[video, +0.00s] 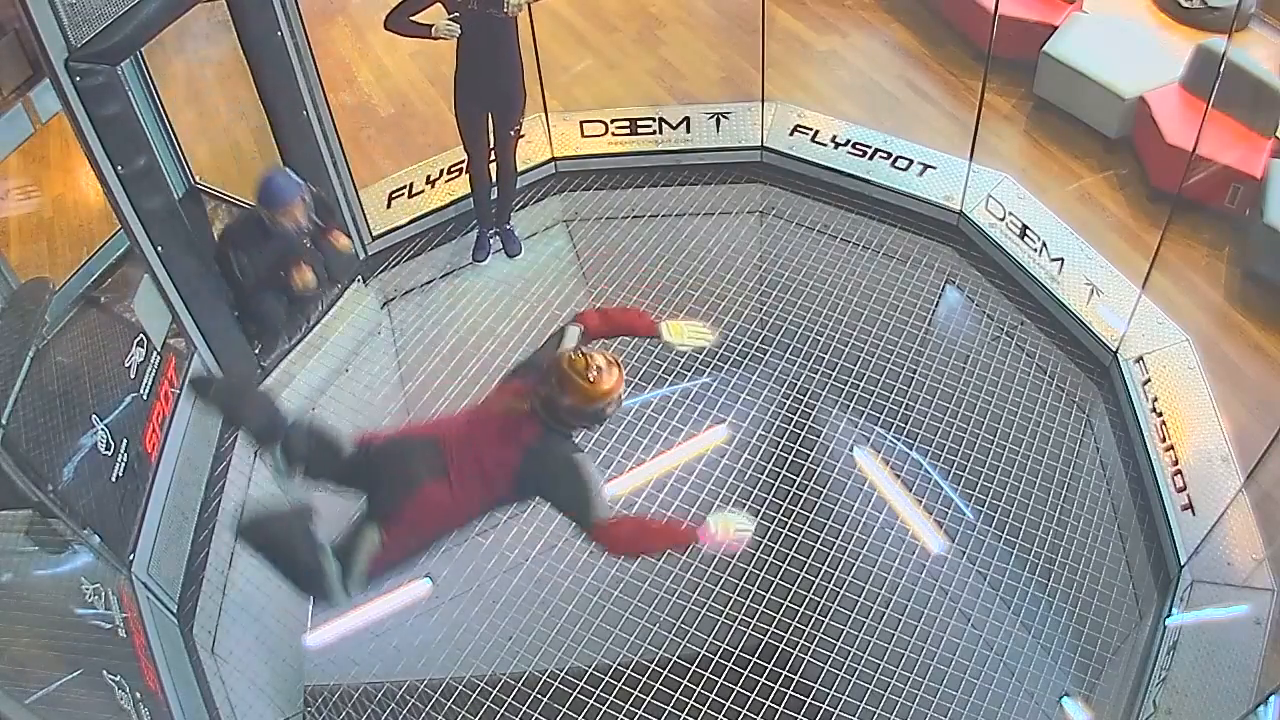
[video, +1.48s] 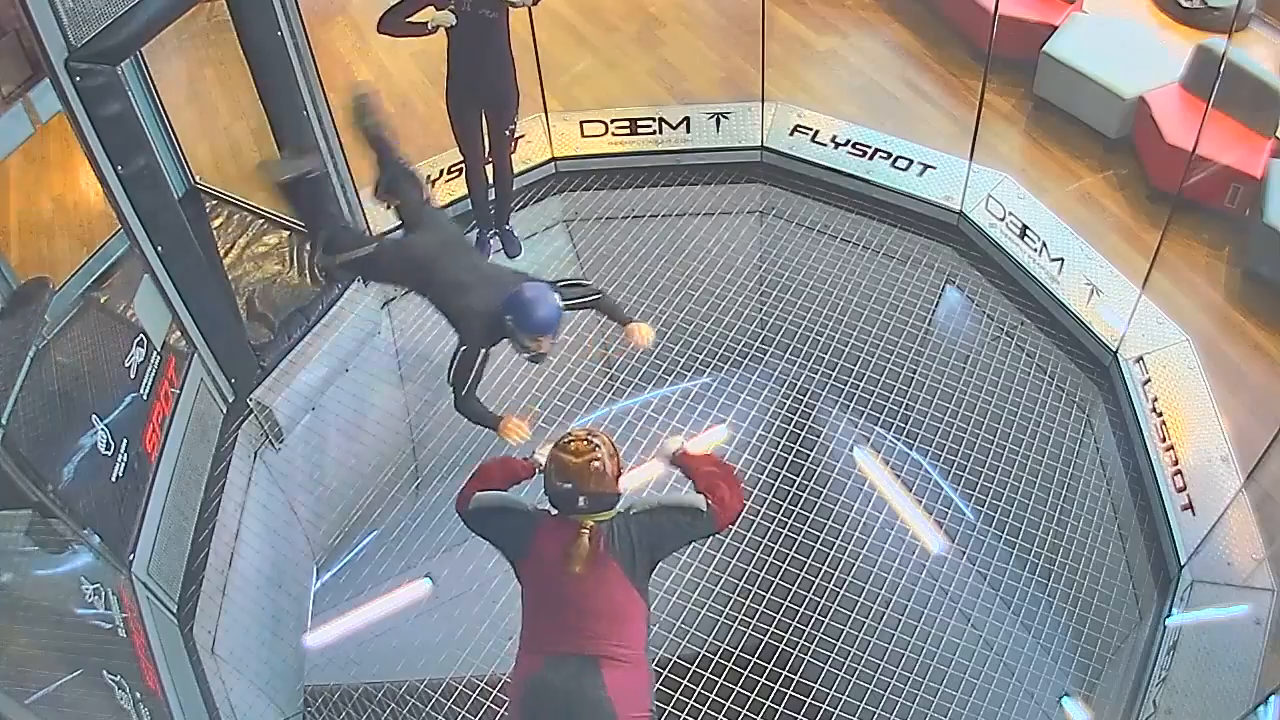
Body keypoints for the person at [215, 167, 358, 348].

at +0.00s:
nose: (298, 218)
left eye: (298, 208)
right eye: (287, 214)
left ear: (303, 197)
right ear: (270, 213)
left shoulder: (309, 197)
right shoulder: (237, 240)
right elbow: (249, 292)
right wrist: (287, 281)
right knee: (271, 310)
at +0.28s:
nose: (382, 308)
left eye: (383, 297)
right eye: (371, 304)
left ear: (384, 282)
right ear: (349, 300)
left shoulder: (374, 264)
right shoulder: (323, 312)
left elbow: (415, 267)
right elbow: (316, 370)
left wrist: (455, 286)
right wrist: (353, 384)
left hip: (297, 245)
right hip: (270, 272)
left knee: (295, 325)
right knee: (269, 344)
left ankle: (259, 265)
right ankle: (235, 284)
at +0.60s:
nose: (455, 380)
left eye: (459, 374)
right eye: (451, 378)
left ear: (458, 344)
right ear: (430, 367)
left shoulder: (444, 325)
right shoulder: (395, 363)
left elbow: (498, 317)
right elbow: (382, 425)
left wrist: (546, 342)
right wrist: (424, 453)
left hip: (351, 283)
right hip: (325, 310)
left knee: (286, 277)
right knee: (263, 313)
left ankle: (228, 266)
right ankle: (221, 284)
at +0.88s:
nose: (489, 376)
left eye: (493, 369)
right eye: (486, 373)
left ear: (477, 327)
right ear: (467, 368)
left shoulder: (473, 317)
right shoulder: (431, 376)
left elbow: (526, 307)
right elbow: (420, 433)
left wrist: (563, 335)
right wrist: (468, 461)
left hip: (375, 282)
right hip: (350, 324)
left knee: (306, 259)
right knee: (274, 319)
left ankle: (254, 250)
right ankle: (229, 292)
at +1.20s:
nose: (514, 349)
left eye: (517, 342)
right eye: (507, 346)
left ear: (518, 316)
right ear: (485, 341)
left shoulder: (504, 297)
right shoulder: (453, 353)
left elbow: (561, 293)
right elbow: (449, 412)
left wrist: (587, 331)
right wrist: (502, 424)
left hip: (417, 264)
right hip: (384, 300)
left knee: (368, 244)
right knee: (320, 298)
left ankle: (289, 214)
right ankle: (243, 263)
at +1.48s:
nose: (542, 348)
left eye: (547, 340)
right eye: (534, 343)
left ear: (553, 310)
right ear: (512, 329)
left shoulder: (541, 290)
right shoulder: (479, 334)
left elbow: (594, 293)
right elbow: (461, 395)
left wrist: (628, 324)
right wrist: (498, 423)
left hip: (450, 240)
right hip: (409, 259)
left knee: (411, 193)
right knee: (343, 256)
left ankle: (373, 128)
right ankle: (312, 180)